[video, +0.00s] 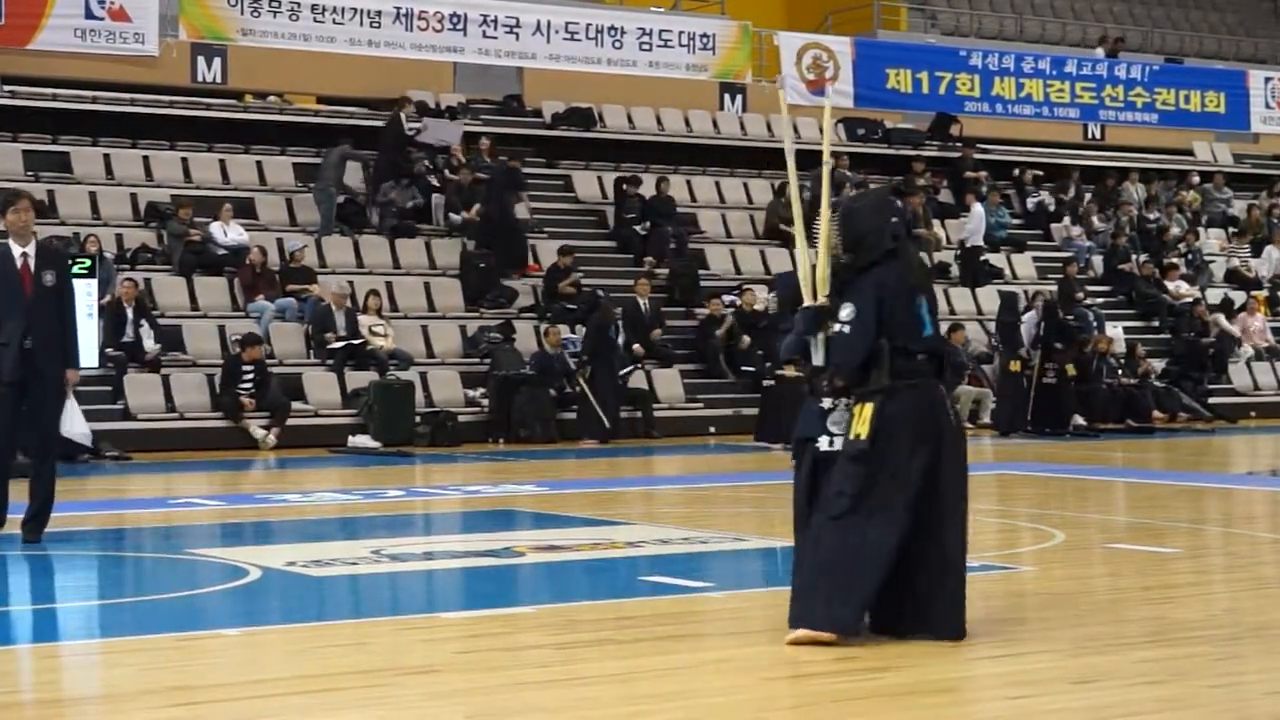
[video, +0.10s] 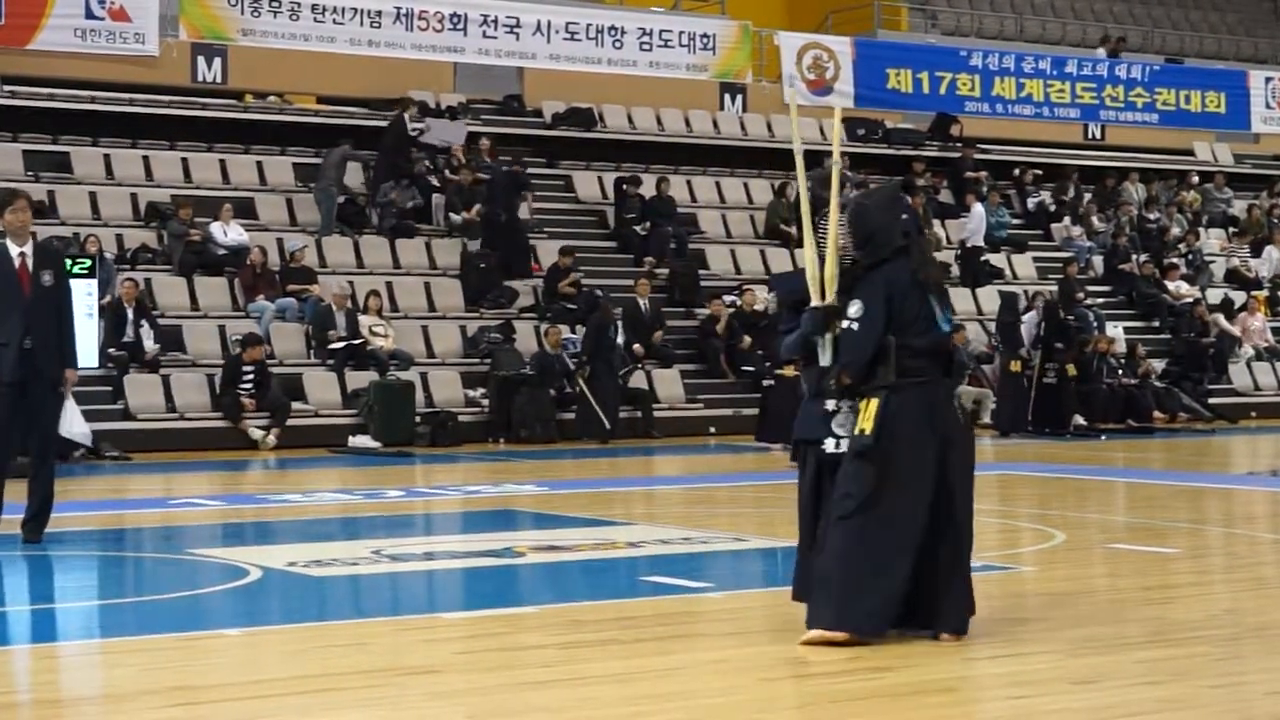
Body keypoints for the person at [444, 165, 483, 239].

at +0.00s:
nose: (464, 177)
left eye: (467, 174)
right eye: (462, 174)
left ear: (472, 176)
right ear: (458, 175)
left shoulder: (476, 189)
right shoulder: (454, 187)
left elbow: (478, 203)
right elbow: (453, 201)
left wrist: (472, 213)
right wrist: (463, 213)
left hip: (471, 216)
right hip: (455, 216)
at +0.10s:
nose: (465, 177)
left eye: (468, 175)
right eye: (462, 174)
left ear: (472, 177)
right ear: (459, 176)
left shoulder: (477, 190)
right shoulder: (453, 189)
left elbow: (478, 203)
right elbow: (454, 203)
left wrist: (472, 214)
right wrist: (464, 214)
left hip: (472, 216)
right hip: (455, 217)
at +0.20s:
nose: (464, 177)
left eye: (467, 174)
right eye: (462, 174)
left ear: (472, 176)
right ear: (458, 176)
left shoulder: (477, 189)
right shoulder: (454, 188)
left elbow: (478, 203)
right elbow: (454, 202)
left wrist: (472, 213)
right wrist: (463, 213)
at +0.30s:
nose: (465, 177)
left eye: (468, 174)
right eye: (462, 174)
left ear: (473, 176)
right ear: (459, 175)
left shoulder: (478, 188)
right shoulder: (454, 188)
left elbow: (479, 202)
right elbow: (454, 202)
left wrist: (472, 213)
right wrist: (464, 214)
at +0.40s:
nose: (466, 177)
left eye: (468, 174)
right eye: (463, 174)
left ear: (473, 176)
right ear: (459, 176)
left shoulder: (478, 189)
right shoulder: (454, 188)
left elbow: (479, 202)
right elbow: (455, 203)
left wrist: (473, 214)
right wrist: (465, 214)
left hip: (473, 217)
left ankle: (462, 219)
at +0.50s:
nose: (466, 177)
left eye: (468, 174)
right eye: (463, 174)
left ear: (473, 176)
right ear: (459, 176)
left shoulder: (478, 188)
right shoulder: (454, 188)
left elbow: (479, 202)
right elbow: (455, 202)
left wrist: (473, 214)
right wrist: (465, 214)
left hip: (474, 217)